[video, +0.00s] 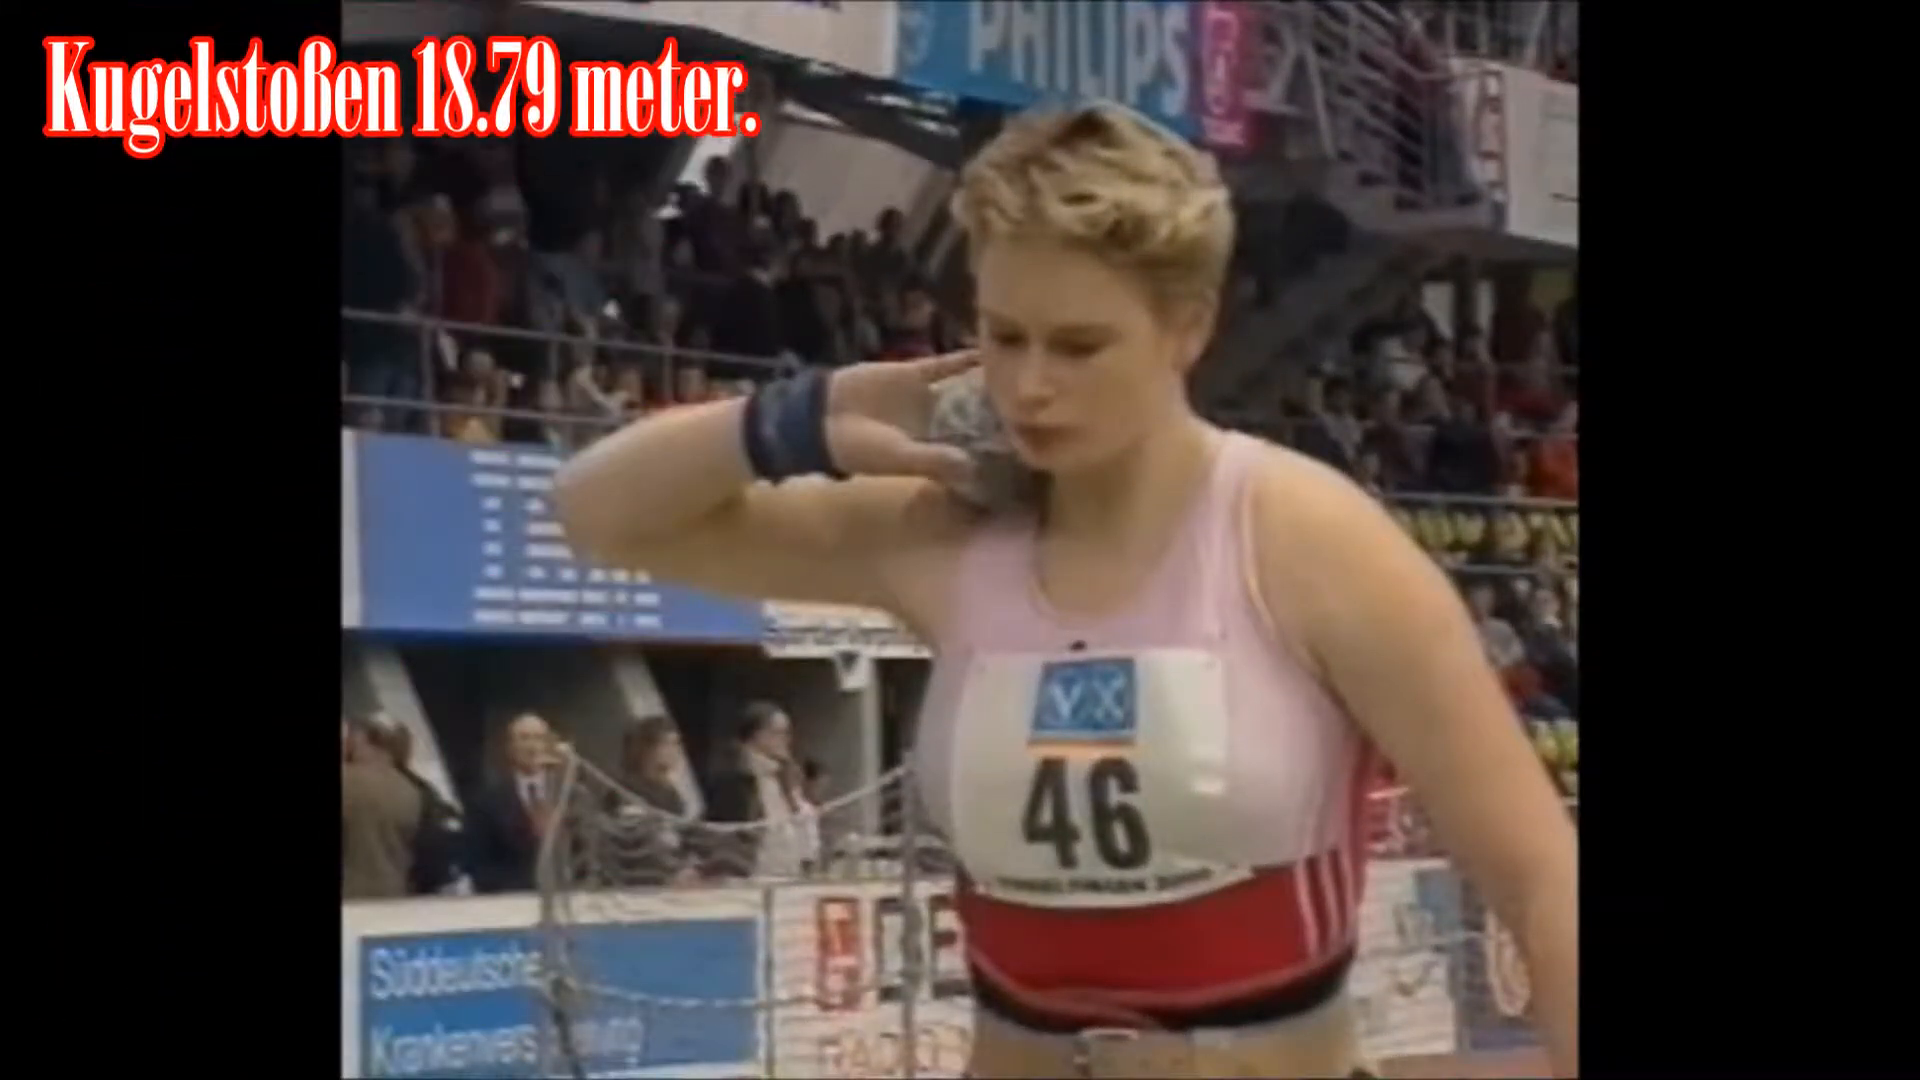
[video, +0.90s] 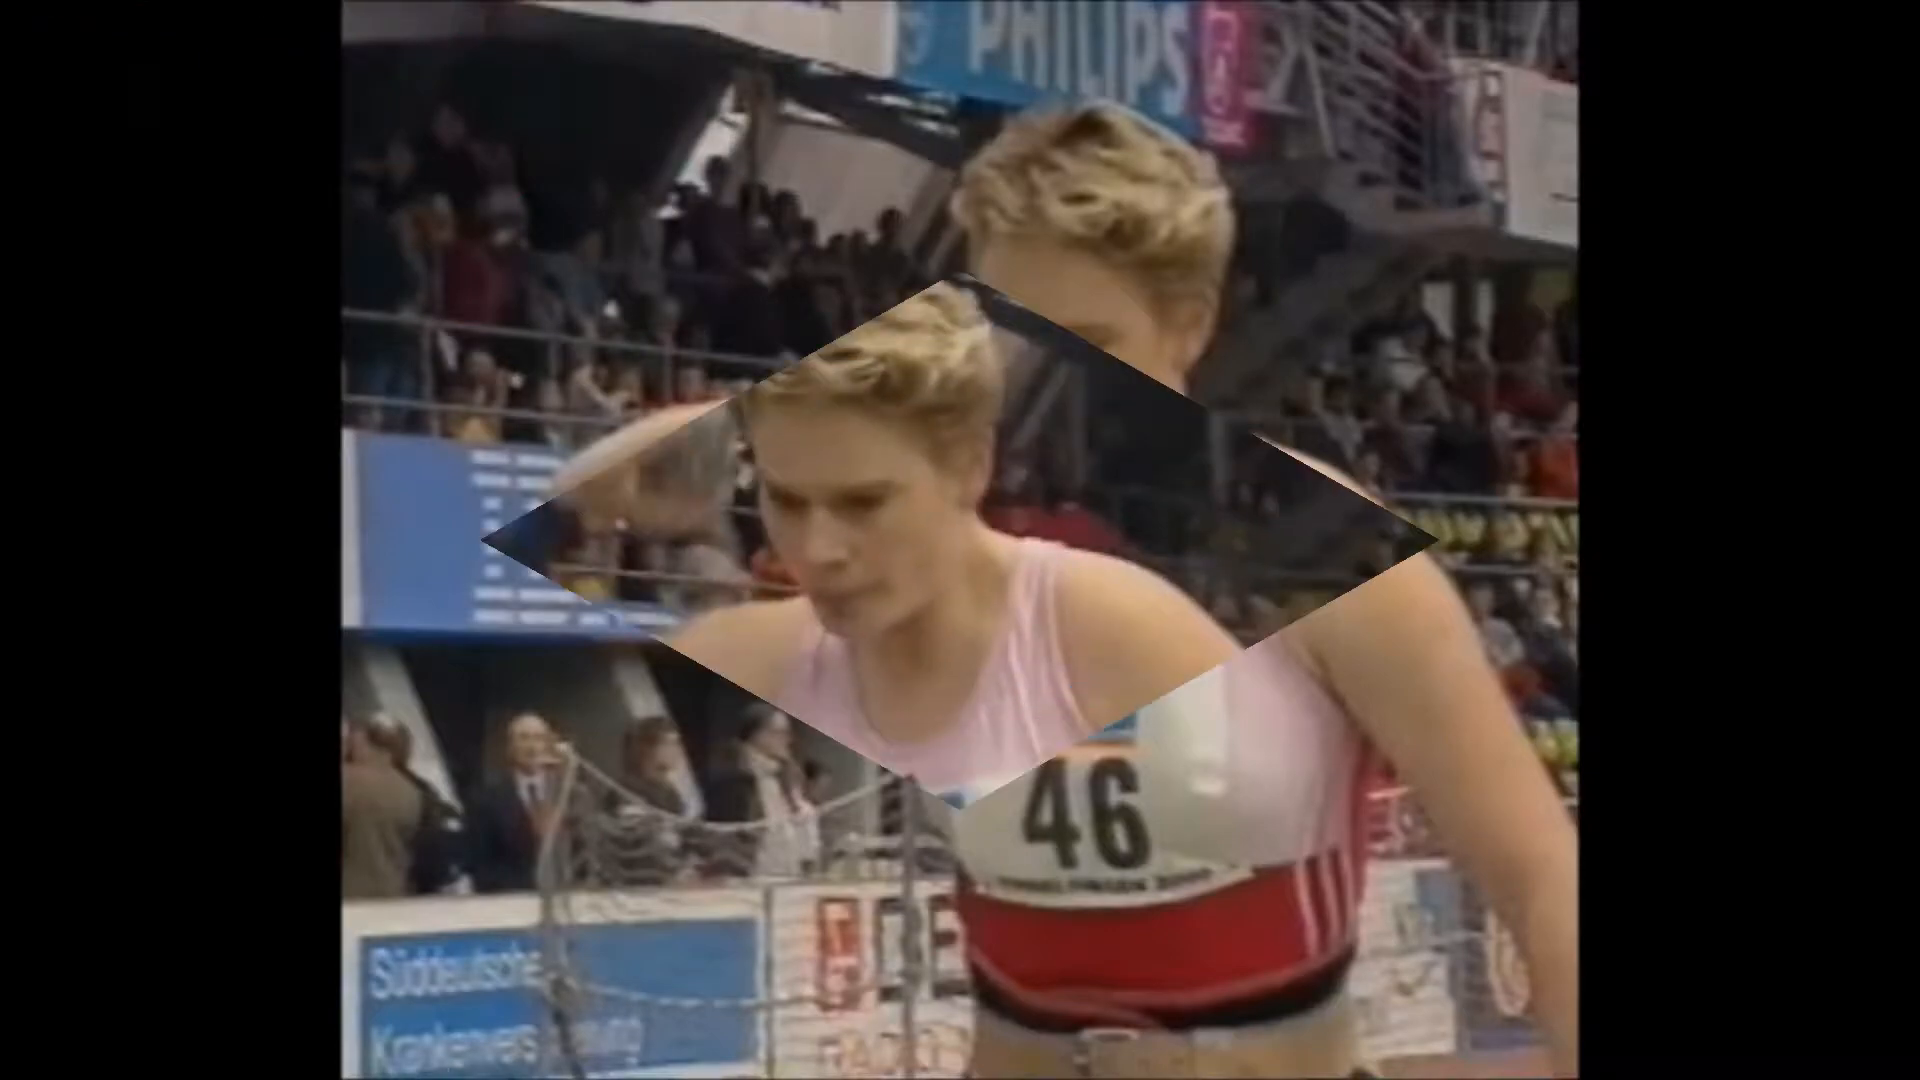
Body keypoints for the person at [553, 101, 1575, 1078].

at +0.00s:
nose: (1028, 386)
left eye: (1079, 344)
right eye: (1004, 338)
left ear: (1186, 330)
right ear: (974, 324)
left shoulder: (1303, 533)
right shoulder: (928, 534)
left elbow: (1539, 875)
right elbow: (600, 512)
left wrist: (1564, 1060)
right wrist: (809, 420)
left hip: (1270, 1054)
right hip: (1016, 1051)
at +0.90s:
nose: (1049, 381)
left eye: (1087, 344)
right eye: (1014, 338)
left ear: (1187, 326)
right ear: (970, 319)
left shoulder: (1312, 538)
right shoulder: (949, 539)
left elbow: (1539, 876)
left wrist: (1561, 1051)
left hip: (1269, 1050)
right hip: (1011, 1048)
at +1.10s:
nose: (835, 562)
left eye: (879, 513)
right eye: (802, 514)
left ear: (982, 481)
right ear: (771, 499)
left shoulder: (1149, 634)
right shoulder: (781, 743)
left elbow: (1410, 879)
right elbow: (560, 910)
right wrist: (608, 638)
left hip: (1221, 1067)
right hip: (946, 1064)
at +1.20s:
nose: (873, 549)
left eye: (914, 501)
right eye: (843, 503)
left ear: (1020, 475)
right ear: (813, 491)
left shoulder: (1178, 625)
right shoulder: (824, 735)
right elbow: (583, 953)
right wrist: (655, 653)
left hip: (1282, 1068)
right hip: (1006, 1073)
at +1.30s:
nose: (896, 534)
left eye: (939, 486)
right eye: (867, 490)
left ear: (1044, 459)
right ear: (835, 481)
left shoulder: (1193, 619)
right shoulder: (845, 723)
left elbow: (1521, 854)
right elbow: (591, 943)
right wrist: (702, 641)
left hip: (1281, 1058)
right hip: (1025, 1064)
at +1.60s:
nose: (1056, 505)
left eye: (1101, 464)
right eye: (1034, 463)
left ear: (1210, 462)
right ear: (1008, 462)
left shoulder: (1331, 633)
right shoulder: (989, 712)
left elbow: (1570, 881)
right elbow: (670, 818)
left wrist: (1504, 1048)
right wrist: (879, 605)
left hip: (1352, 1057)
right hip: (1112, 1066)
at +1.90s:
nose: (1152, 482)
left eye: (1197, 444)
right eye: (1128, 435)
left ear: (1297, 433)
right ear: (1100, 424)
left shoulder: (1399, 612)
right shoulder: (1069, 655)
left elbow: (1613, 899)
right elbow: (759, 720)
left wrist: (1601, 1073)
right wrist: (970, 558)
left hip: (1403, 1058)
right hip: (1168, 1062)